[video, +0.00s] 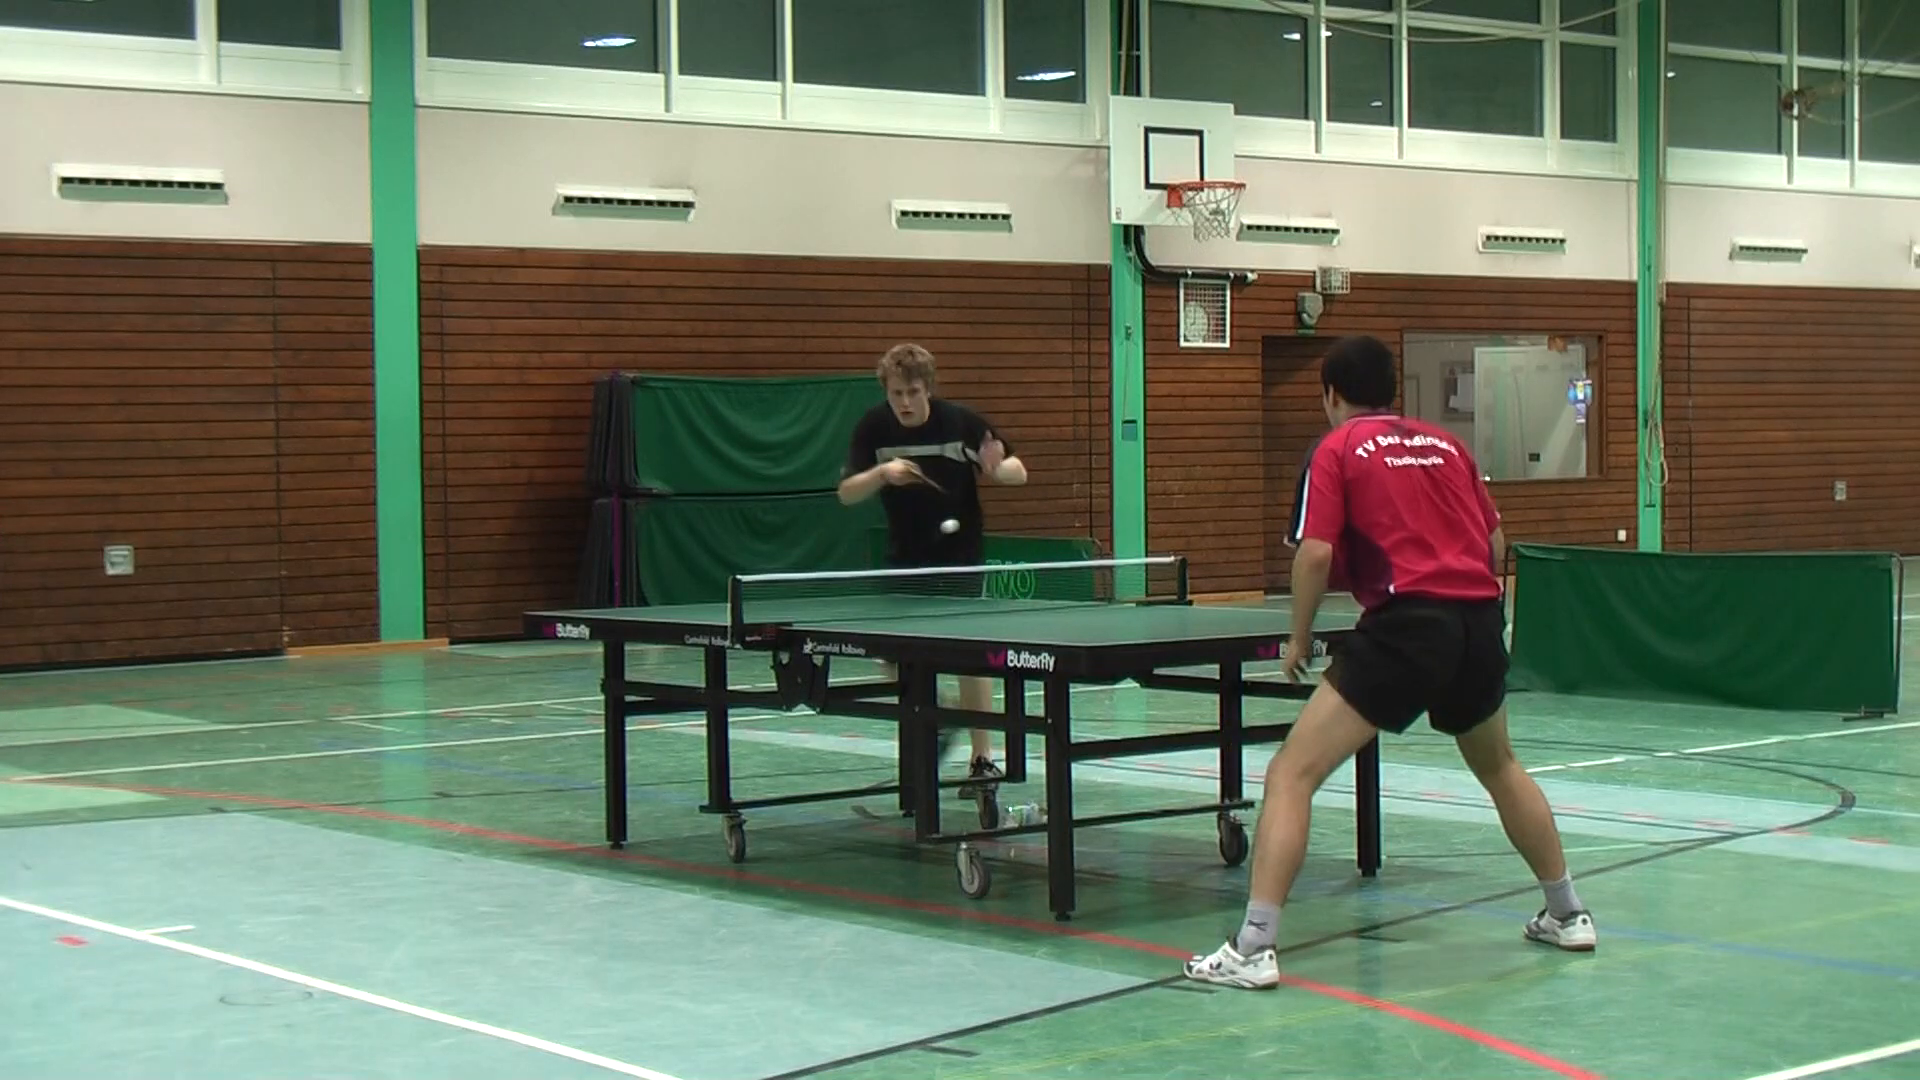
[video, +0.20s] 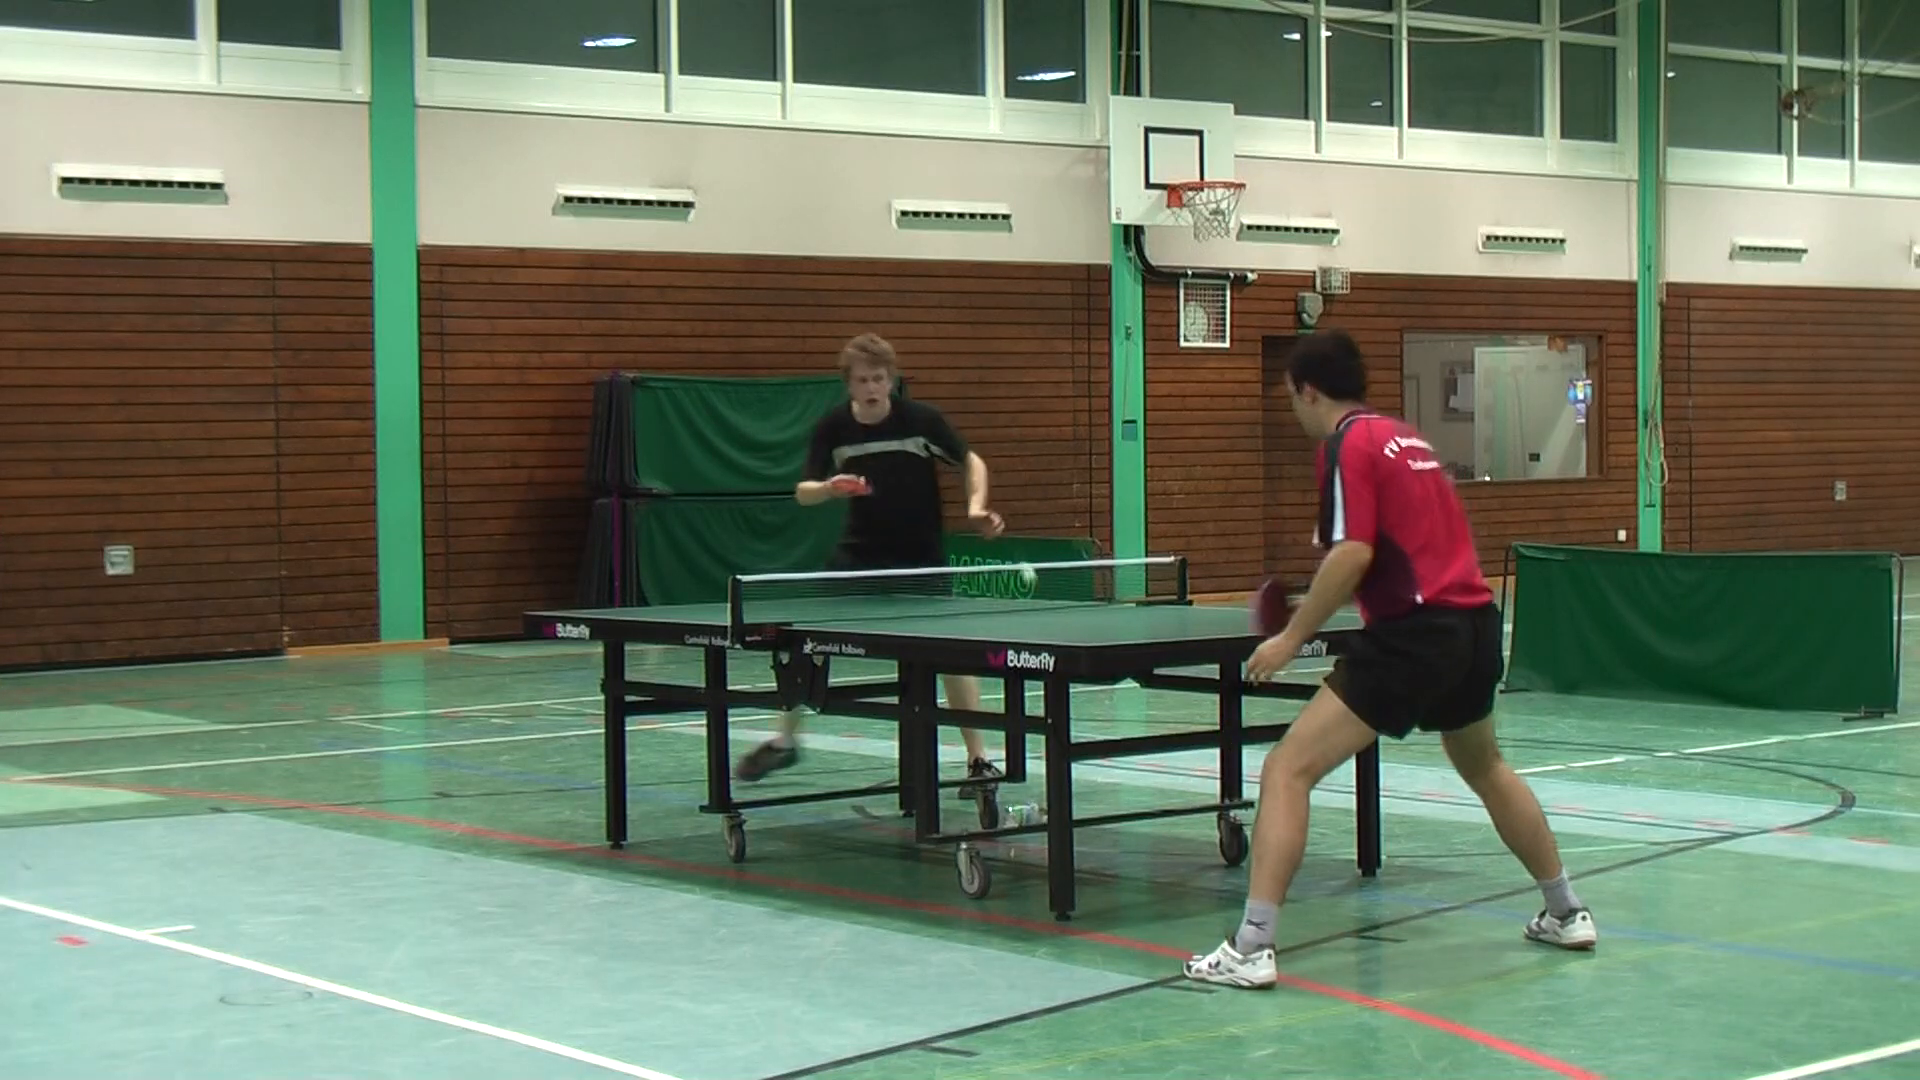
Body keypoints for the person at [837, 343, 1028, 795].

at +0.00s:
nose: (905, 403)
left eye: (913, 393)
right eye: (896, 394)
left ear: (929, 388)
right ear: (886, 391)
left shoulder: (961, 421)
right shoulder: (873, 428)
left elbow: (1019, 473)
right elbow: (846, 494)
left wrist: (997, 468)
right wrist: (881, 473)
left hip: (962, 563)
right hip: (904, 565)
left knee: (972, 657)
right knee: (891, 656)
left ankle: (982, 759)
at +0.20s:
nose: (870, 389)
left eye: (877, 380)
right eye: (861, 381)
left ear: (891, 379)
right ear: (847, 382)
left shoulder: (921, 420)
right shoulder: (832, 428)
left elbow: (972, 462)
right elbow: (803, 493)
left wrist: (976, 506)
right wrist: (829, 487)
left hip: (921, 563)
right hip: (856, 563)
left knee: (952, 654)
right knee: (800, 634)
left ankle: (978, 758)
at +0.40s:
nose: (831, 389)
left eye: (839, 381)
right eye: (822, 383)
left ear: (851, 385)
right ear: (808, 389)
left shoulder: (880, 436)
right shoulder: (789, 442)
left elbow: (928, 473)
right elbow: (762, 505)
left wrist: (931, 522)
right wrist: (784, 517)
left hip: (878, 576)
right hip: (810, 579)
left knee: (936, 653)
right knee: (769, 660)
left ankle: (971, 755)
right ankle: (745, 755)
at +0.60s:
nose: (817, 369)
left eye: (824, 360)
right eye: (808, 363)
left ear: (840, 363)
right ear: (797, 371)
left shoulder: (878, 405)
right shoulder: (792, 426)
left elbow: (942, 428)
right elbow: (773, 476)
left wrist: (894, 477)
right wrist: (771, 507)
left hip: (903, 559)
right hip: (834, 563)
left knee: (941, 650)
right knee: (798, 649)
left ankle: (977, 742)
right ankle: (776, 747)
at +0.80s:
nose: (841, 404)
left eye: (848, 392)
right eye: (831, 397)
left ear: (863, 394)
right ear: (820, 404)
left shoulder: (886, 434)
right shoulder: (841, 445)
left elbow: (863, 492)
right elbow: (847, 494)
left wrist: (808, 503)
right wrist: (830, 526)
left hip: (948, 557)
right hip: (893, 559)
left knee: (994, 651)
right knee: (841, 639)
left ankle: (1064, 747)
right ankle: (847, 755)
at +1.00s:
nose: (880, 416)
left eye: (886, 406)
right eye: (873, 409)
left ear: (907, 400)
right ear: (869, 409)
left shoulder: (923, 432)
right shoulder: (912, 436)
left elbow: (869, 493)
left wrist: (823, 505)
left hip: (1018, 541)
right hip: (969, 547)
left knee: (1050, 647)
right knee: (930, 647)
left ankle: (1120, 741)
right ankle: (938, 750)